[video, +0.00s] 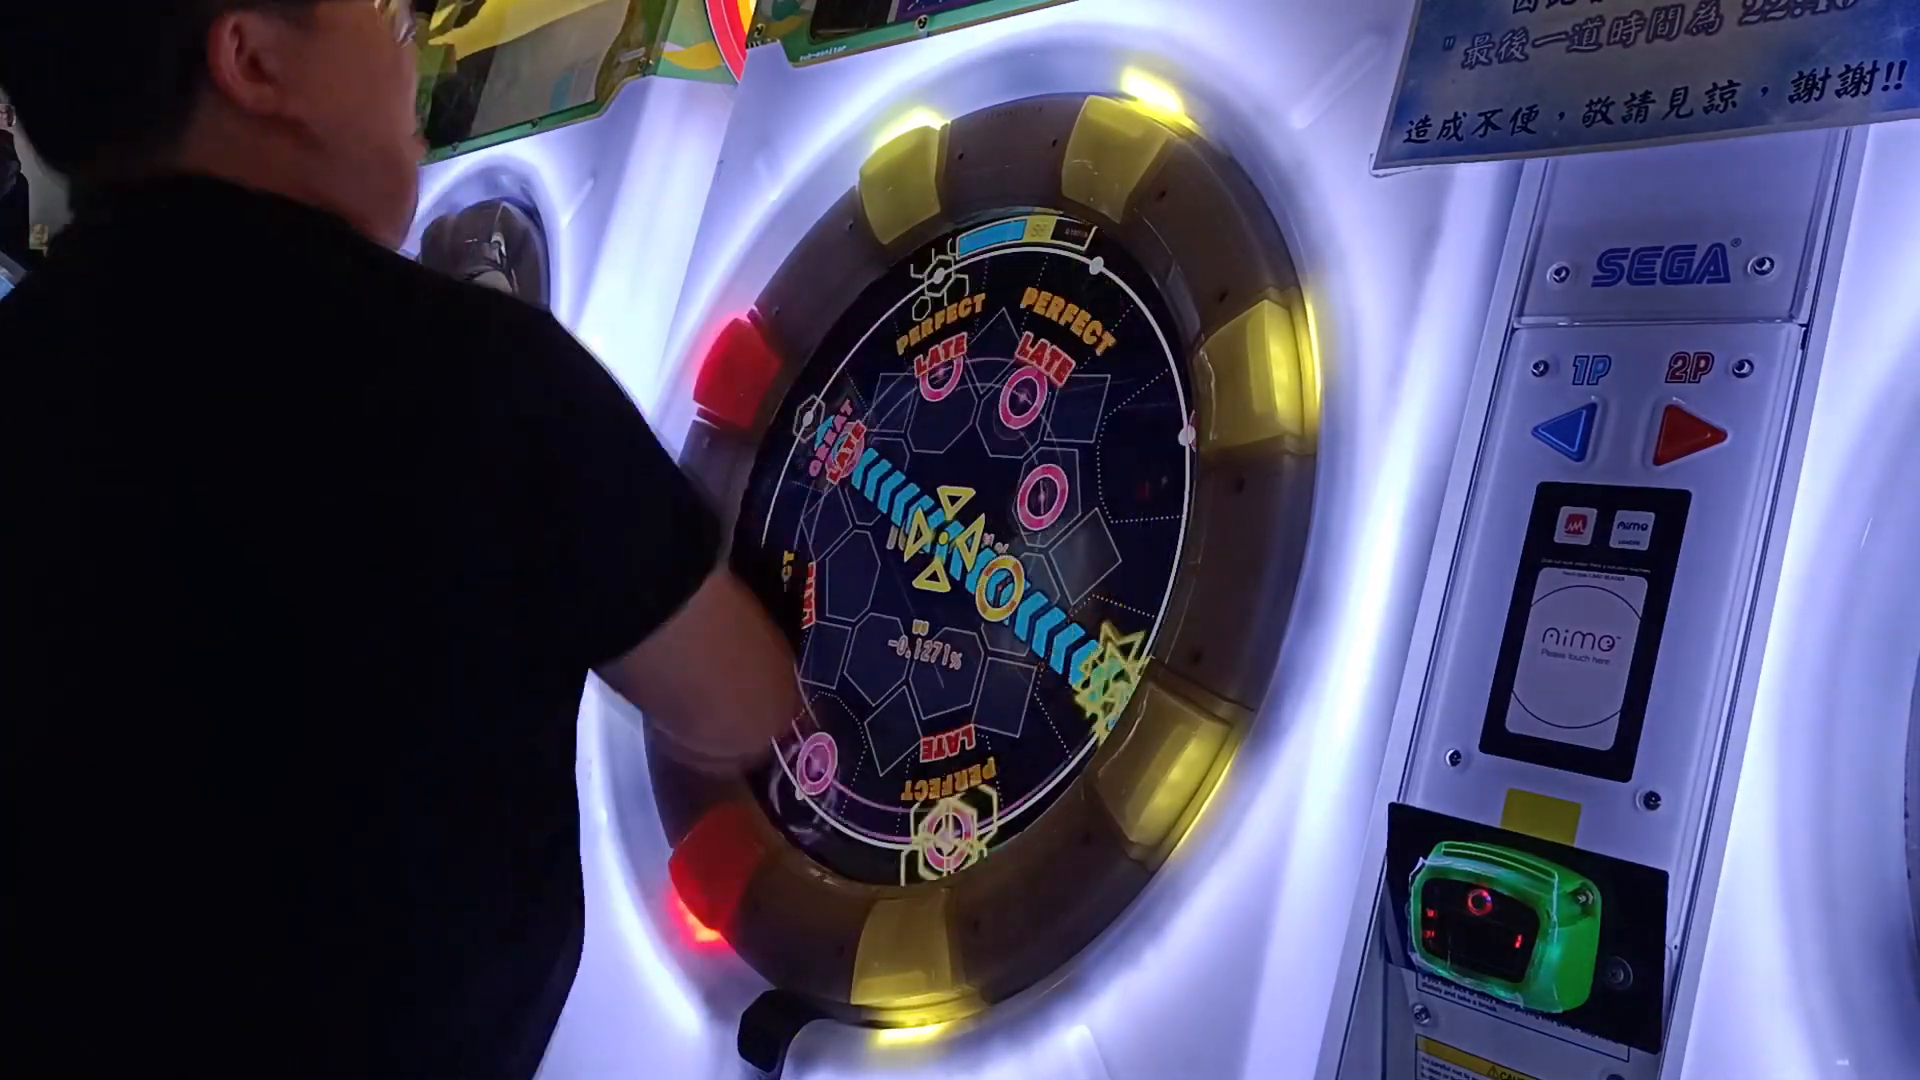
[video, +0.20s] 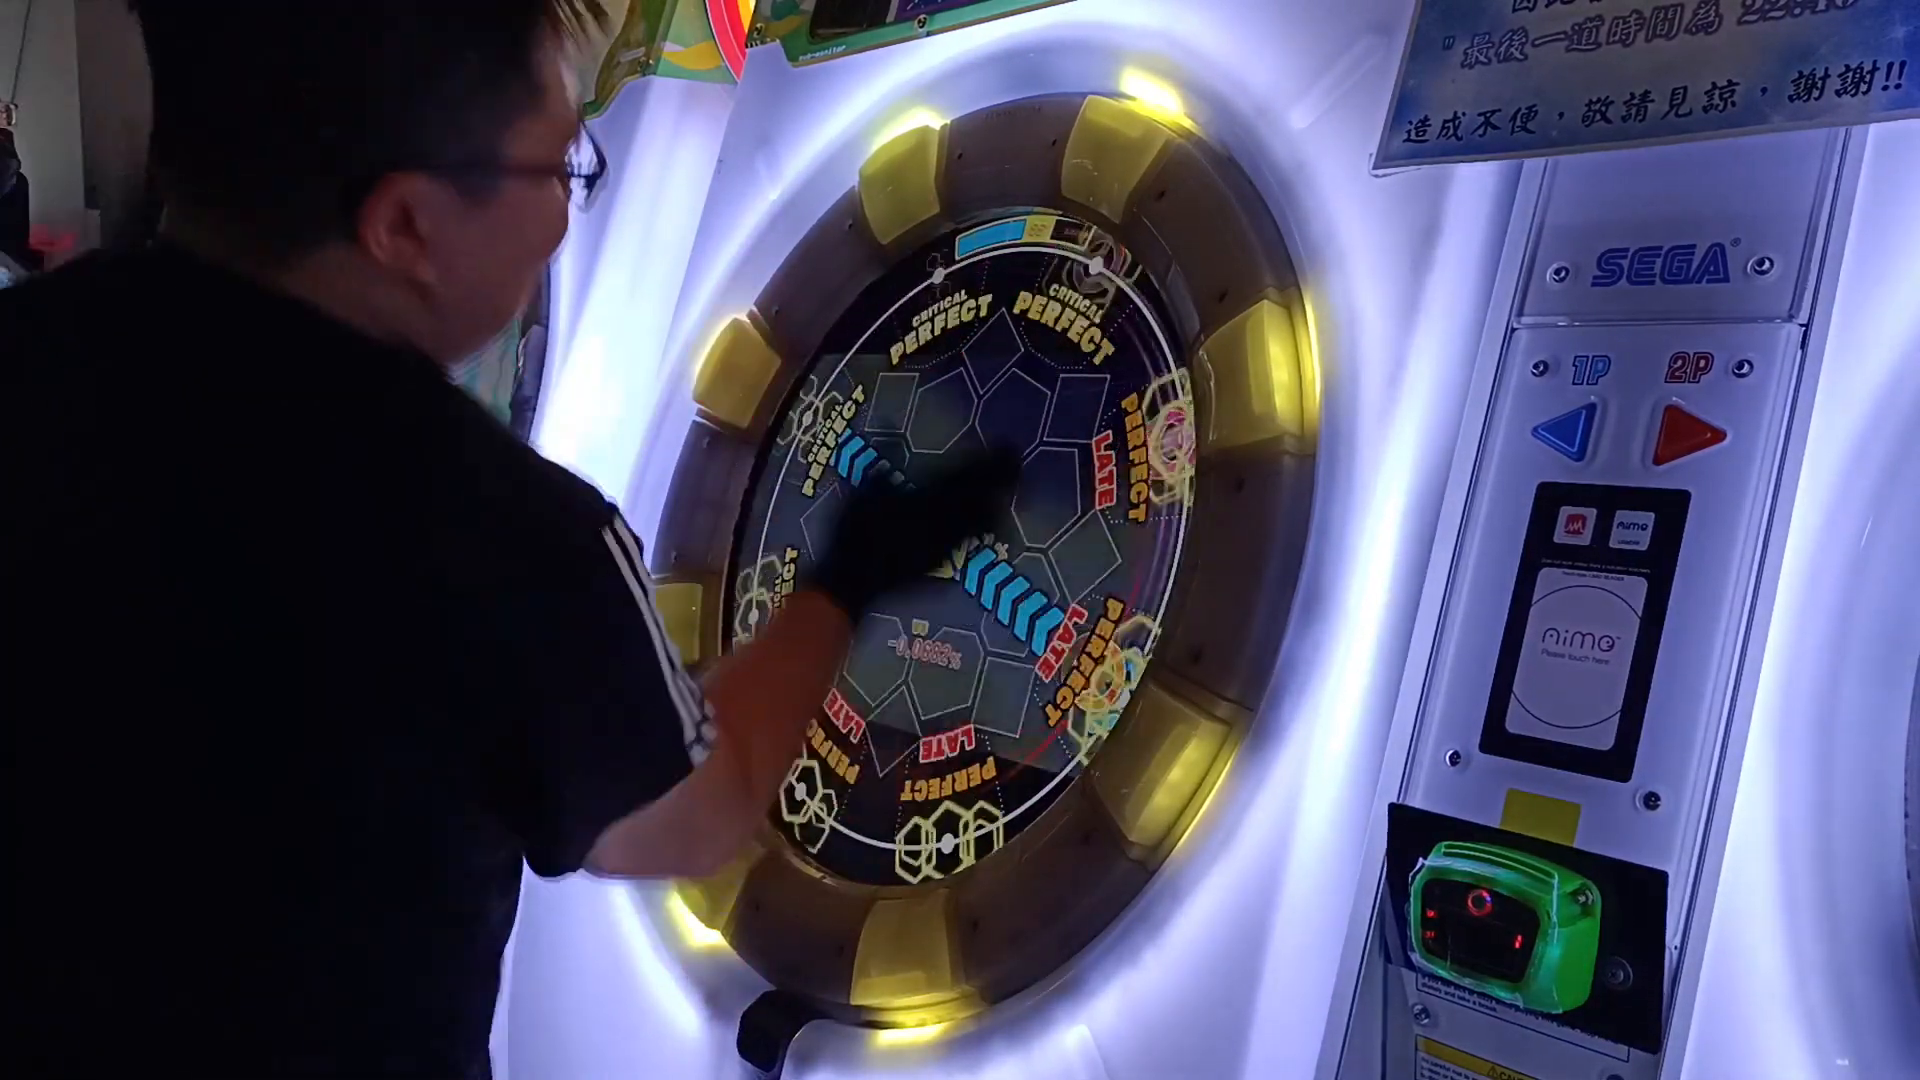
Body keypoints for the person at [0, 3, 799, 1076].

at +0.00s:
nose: (409, 47)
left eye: (396, 12)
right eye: (383, 10)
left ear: (68, 113)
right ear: (252, 62)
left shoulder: (17, 353)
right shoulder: (482, 373)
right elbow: (745, 711)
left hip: (65, 1040)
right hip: (446, 1044)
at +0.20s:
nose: (570, 202)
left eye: (565, 164)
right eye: (554, 169)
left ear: (207, 133)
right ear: (403, 229)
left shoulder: (18, 354)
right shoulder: (504, 536)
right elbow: (685, 821)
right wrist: (843, 585)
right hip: (361, 1047)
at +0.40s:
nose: (562, 411)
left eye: (557, 376)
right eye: (547, 380)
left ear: (201, 365)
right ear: (391, 450)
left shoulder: (57, 539)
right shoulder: (399, 785)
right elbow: (709, 1052)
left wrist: (406, 670)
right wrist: (935, 758)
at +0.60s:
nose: (478, 333)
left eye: (469, 296)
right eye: (454, 301)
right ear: (293, 367)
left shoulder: (53, 564)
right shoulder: (309, 766)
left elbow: (279, 762)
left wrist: (527, 672)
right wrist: (894, 947)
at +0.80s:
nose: (448, 232)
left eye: (437, 180)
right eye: (420, 180)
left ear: (261, 211)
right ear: (252, 217)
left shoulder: (36, 459)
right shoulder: (273, 610)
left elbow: (246, 770)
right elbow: (555, 1049)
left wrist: (561, 683)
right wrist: (965, 927)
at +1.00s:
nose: (433, 201)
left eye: (426, 149)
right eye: (408, 148)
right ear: (244, 184)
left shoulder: (29, 418)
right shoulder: (270, 568)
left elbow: (269, 736)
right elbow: (595, 974)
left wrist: (541, 579)